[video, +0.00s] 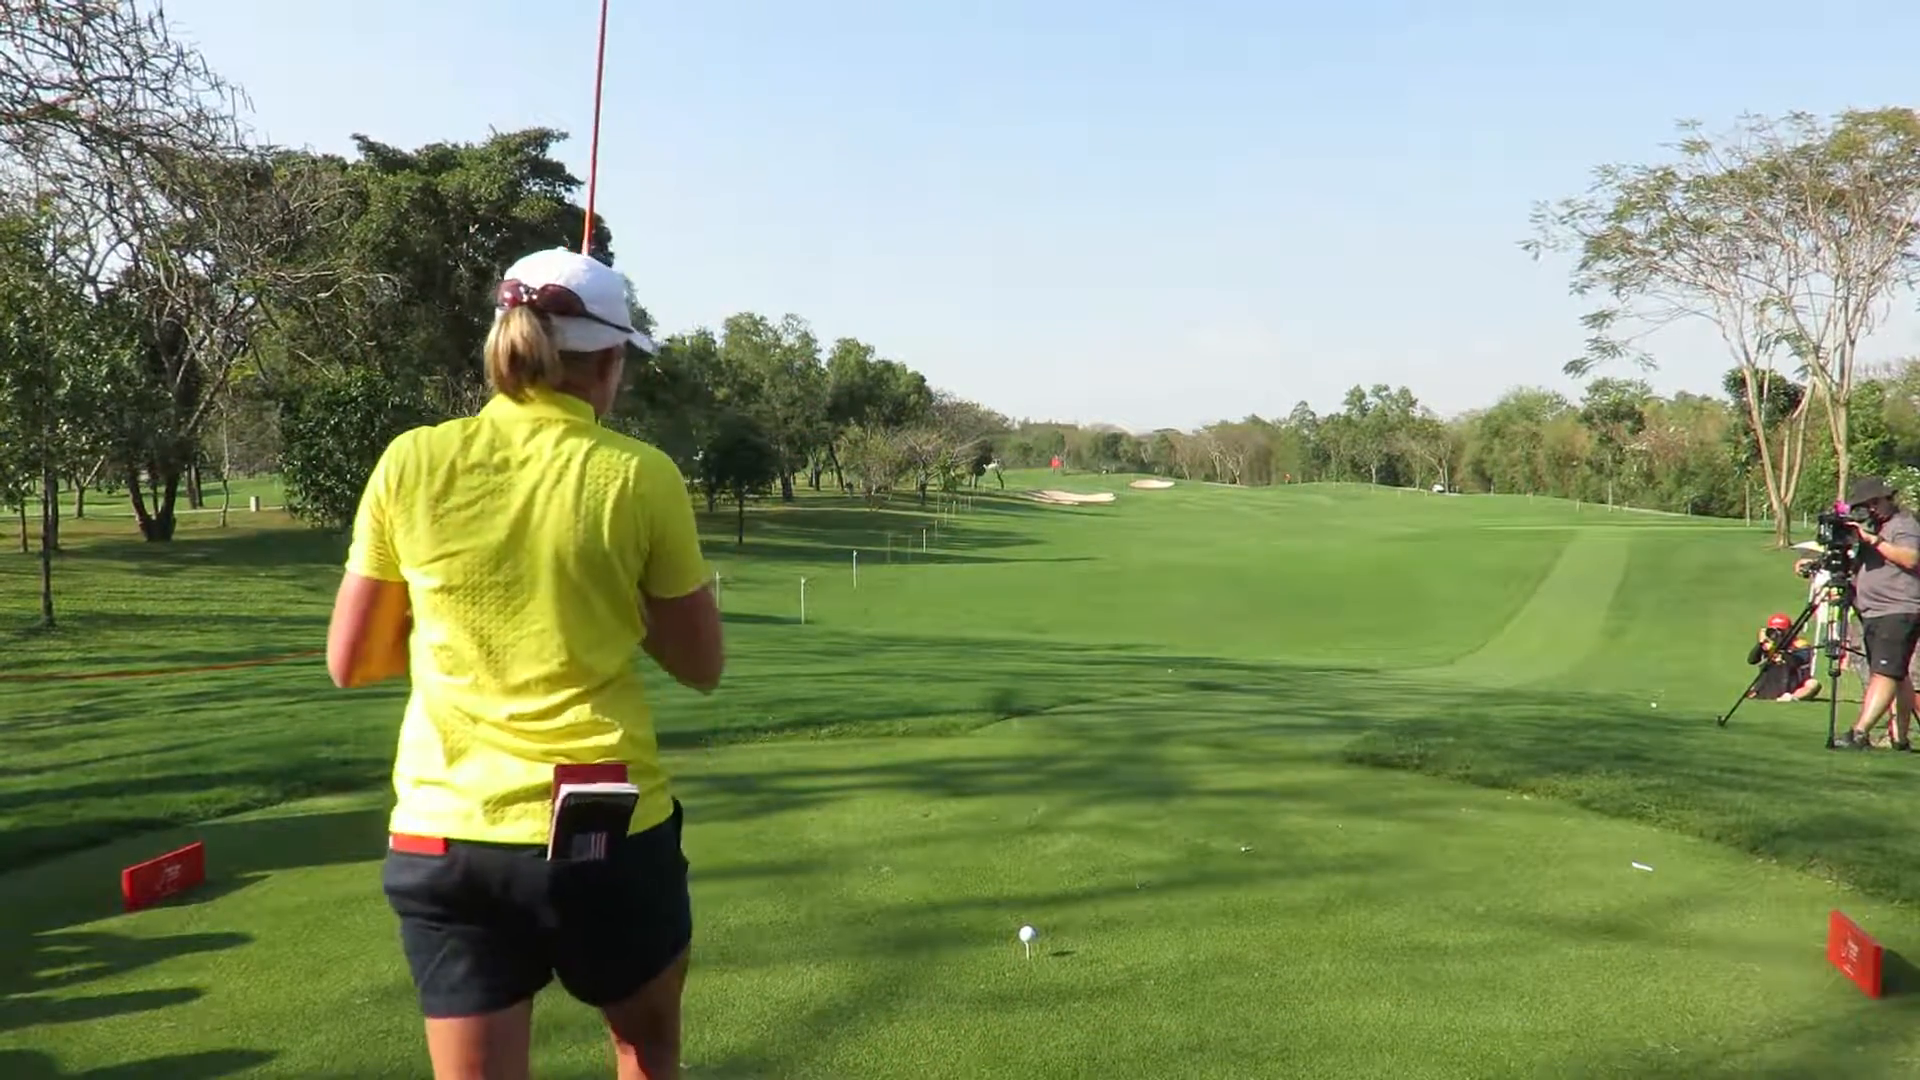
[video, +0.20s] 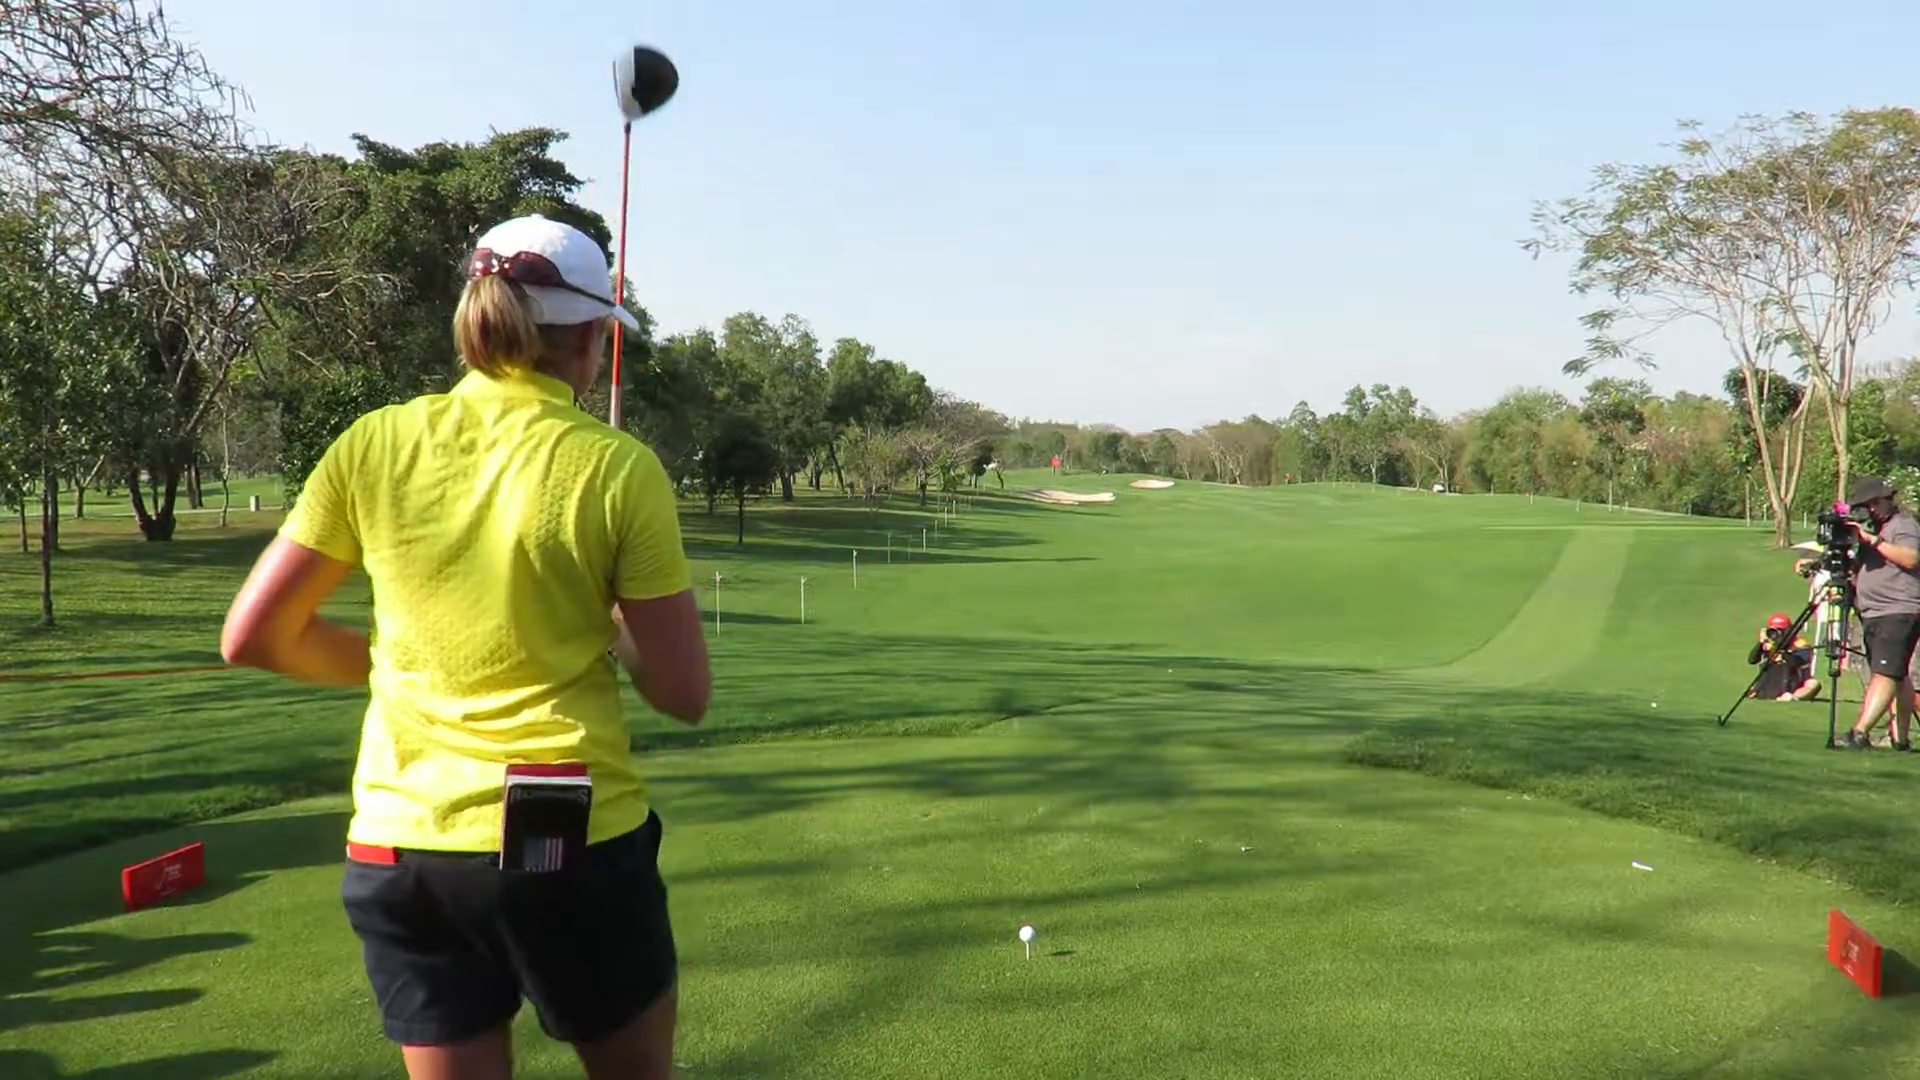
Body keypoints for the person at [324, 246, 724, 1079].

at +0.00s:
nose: (621, 377)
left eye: (622, 358)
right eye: (623, 359)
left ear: (501, 349)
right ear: (606, 364)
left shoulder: (409, 462)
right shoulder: (637, 477)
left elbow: (352, 659)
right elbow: (700, 661)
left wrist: (458, 614)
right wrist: (614, 584)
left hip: (441, 843)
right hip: (606, 839)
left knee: (474, 1070)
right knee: (646, 1047)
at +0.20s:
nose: (605, 349)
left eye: (605, 330)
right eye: (603, 332)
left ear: (475, 325)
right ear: (590, 339)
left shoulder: (370, 445)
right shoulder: (616, 467)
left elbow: (255, 634)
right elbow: (685, 692)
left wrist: (396, 659)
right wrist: (621, 625)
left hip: (397, 857)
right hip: (570, 852)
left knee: (450, 1068)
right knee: (633, 1064)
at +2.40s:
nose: (434, 418)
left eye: (436, 402)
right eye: (432, 402)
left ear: (335, 390)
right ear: (406, 397)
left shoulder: (252, 478)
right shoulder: (431, 493)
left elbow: (225, 643)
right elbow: (468, 665)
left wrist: (297, 697)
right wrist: (507, 772)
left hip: (274, 780)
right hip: (404, 780)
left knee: (276, 999)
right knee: (390, 967)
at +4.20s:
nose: (693, 443)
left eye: (696, 433)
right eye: (687, 432)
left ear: (663, 423)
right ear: (653, 421)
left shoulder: (652, 471)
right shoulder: (611, 476)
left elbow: (637, 560)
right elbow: (606, 586)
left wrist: (656, 597)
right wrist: (673, 641)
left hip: (632, 632)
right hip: (590, 634)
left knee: (643, 760)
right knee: (613, 771)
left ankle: (641, 889)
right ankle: (584, 922)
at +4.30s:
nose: (699, 442)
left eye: (703, 431)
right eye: (693, 429)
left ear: (680, 422)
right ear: (663, 418)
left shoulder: (665, 468)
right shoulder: (616, 474)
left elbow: (645, 545)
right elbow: (608, 580)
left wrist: (668, 585)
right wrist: (673, 637)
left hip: (640, 626)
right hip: (594, 626)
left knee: (646, 754)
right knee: (619, 761)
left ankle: (641, 887)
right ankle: (587, 907)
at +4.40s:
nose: (705, 438)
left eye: (709, 429)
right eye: (699, 426)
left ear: (686, 418)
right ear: (668, 413)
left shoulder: (673, 463)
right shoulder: (622, 467)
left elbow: (651, 536)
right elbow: (608, 567)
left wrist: (674, 576)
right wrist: (669, 631)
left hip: (643, 621)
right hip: (595, 622)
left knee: (650, 745)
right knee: (614, 755)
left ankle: (642, 879)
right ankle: (594, 900)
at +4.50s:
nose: (711, 432)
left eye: (715, 422)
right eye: (705, 419)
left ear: (693, 411)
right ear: (674, 406)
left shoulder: (677, 456)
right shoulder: (627, 458)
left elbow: (654, 528)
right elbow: (610, 557)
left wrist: (677, 570)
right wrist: (668, 623)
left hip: (646, 613)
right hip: (598, 614)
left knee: (651, 735)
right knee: (610, 747)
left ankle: (643, 872)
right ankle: (592, 893)